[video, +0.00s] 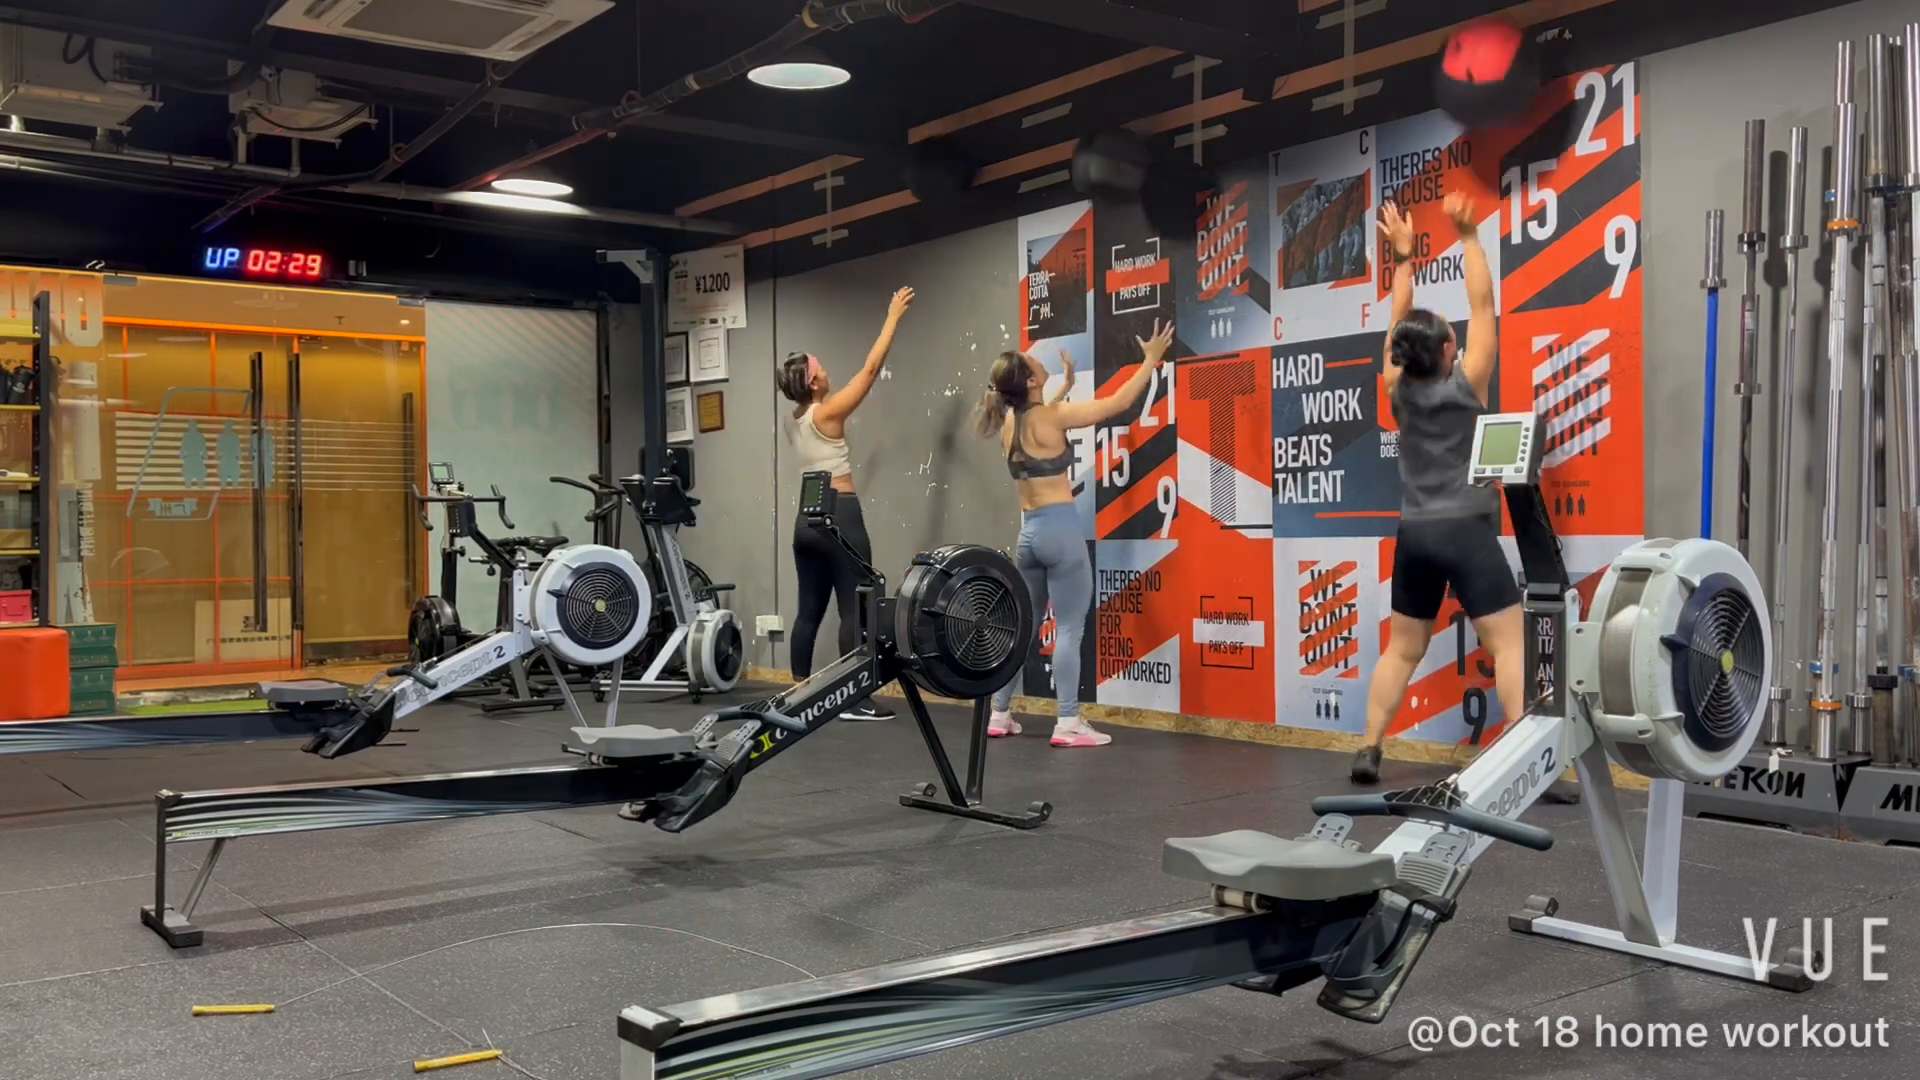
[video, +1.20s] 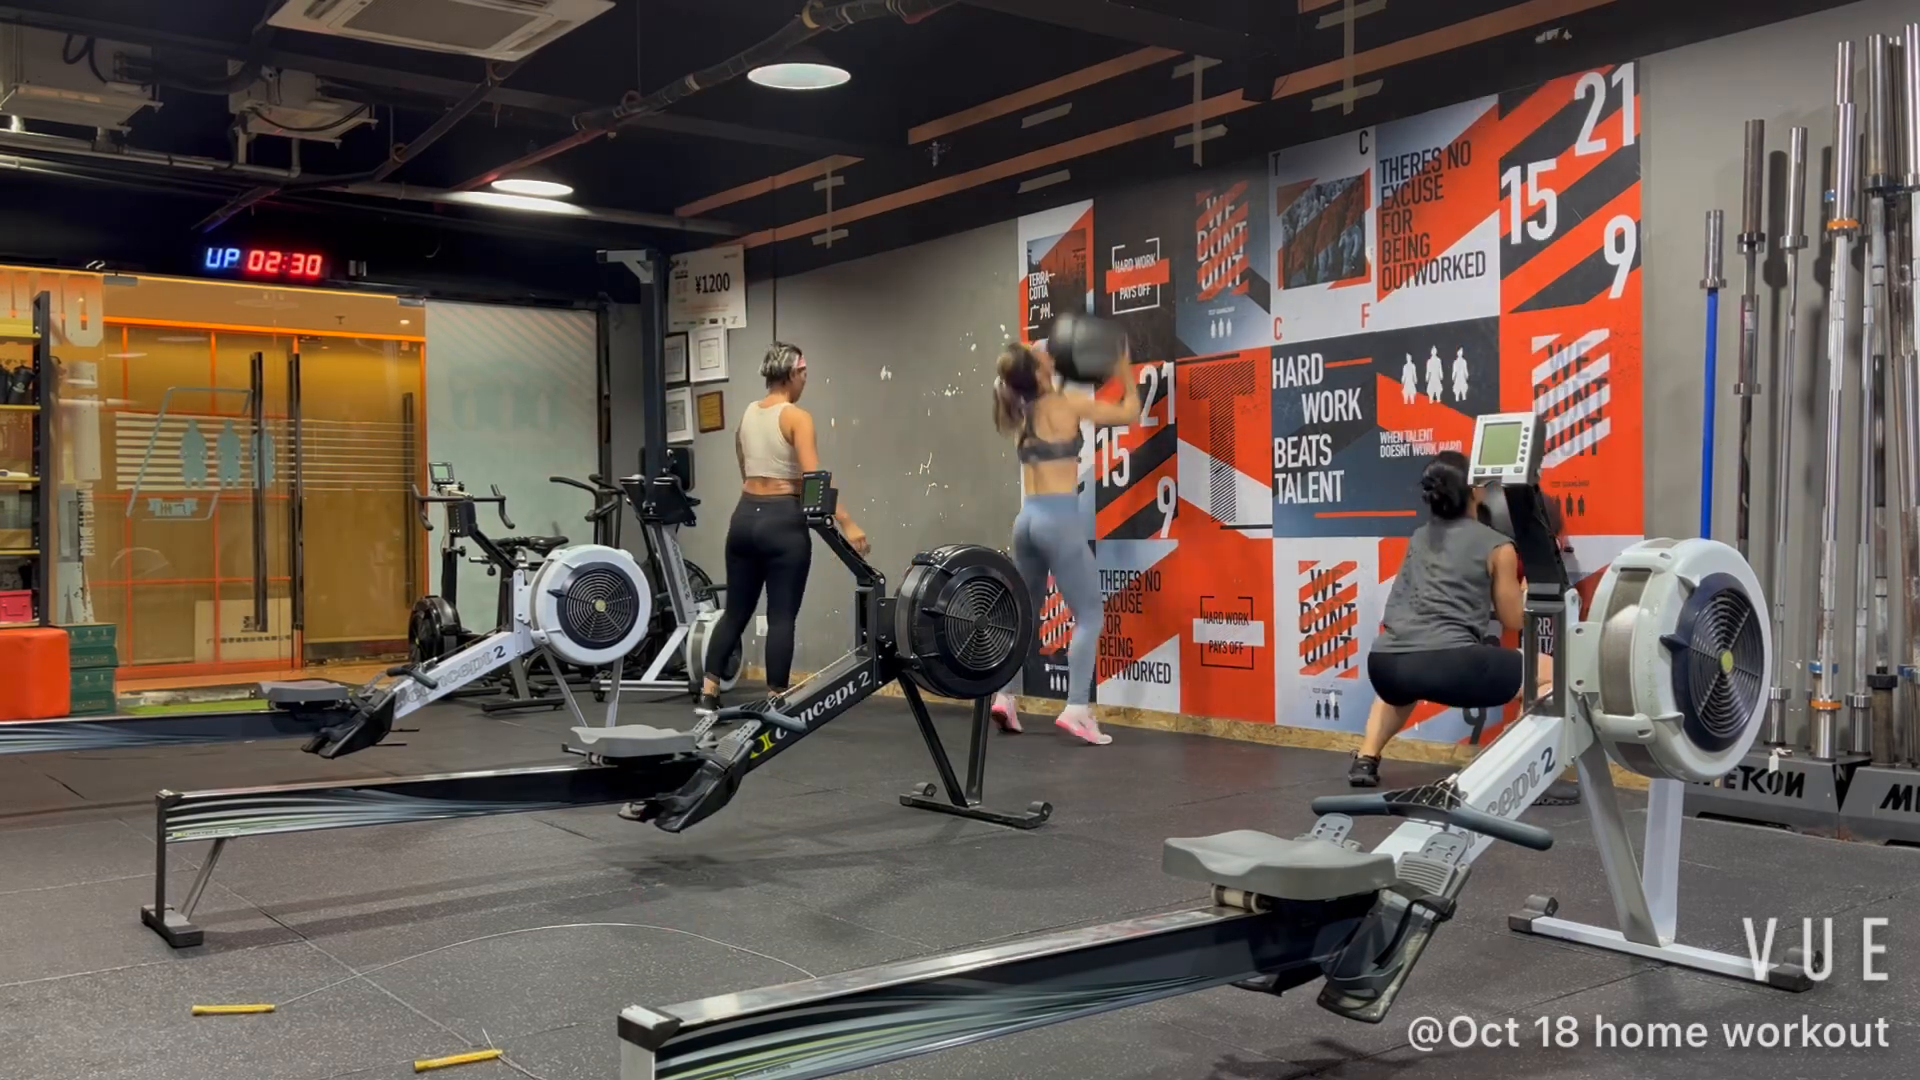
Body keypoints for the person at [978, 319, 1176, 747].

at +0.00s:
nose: (1044, 375)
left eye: (1038, 370)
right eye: (1038, 372)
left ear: (1013, 389)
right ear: (1029, 383)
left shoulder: (1009, 422)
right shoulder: (1055, 414)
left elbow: (1042, 416)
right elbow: (1119, 403)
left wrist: (1063, 386)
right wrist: (1151, 360)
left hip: (1029, 529)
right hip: (1061, 527)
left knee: (1019, 623)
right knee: (1069, 628)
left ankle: (998, 713)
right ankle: (1068, 722)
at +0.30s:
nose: (1053, 391)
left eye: (1048, 386)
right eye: (1047, 389)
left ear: (1021, 410)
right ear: (1040, 405)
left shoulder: (1017, 442)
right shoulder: (1062, 442)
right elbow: (1124, 466)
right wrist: (1130, 423)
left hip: (1012, 550)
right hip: (1043, 554)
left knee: (1018, 632)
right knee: (1097, 635)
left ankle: (999, 714)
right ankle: (1070, 723)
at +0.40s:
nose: (1059, 423)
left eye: (1055, 419)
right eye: (1053, 422)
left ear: (1025, 441)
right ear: (1047, 438)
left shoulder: (1018, 474)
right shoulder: (1069, 476)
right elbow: (1120, 517)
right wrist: (1125, 480)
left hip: (1006, 582)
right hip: (1041, 586)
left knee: (1023, 643)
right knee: (1112, 644)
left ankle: (999, 713)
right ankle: (1073, 723)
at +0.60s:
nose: (1058, 480)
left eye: (1051, 479)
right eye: (1053, 483)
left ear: (1023, 507)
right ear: (1050, 504)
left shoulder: (1017, 537)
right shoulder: (1070, 541)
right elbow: (1117, 588)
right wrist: (1122, 552)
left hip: (1002, 644)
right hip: (1039, 651)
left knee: (1029, 634)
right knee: (1120, 655)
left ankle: (1000, 714)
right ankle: (1073, 723)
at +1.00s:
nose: (1057, 425)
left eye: (1050, 423)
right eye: (1051, 428)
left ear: (1030, 456)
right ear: (1050, 451)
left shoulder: (1025, 484)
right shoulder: (1073, 485)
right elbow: (1124, 527)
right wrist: (1125, 492)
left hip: (1007, 583)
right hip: (1040, 588)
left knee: (1038, 647)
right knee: (1109, 647)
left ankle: (1001, 715)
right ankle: (1072, 723)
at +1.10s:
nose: (1057, 398)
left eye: (1051, 394)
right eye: (1051, 397)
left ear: (1028, 419)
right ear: (1047, 413)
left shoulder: (1025, 449)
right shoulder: (1071, 446)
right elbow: (1126, 483)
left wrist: (1105, 455)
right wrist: (1124, 444)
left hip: (1016, 554)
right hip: (1047, 558)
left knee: (1028, 638)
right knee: (1105, 637)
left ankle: (1002, 712)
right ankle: (1072, 721)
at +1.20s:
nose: (1047, 355)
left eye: (1041, 352)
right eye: (1041, 355)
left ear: (1019, 380)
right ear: (1040, 373)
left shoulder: (1023, 410)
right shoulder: (1068, 404)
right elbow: (1130, 413)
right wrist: (1126, 372)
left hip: (1029, 513)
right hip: (1060, 515)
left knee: (1023, 612)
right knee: (1090, 614)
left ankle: (1004, 694)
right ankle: (1077, 708)